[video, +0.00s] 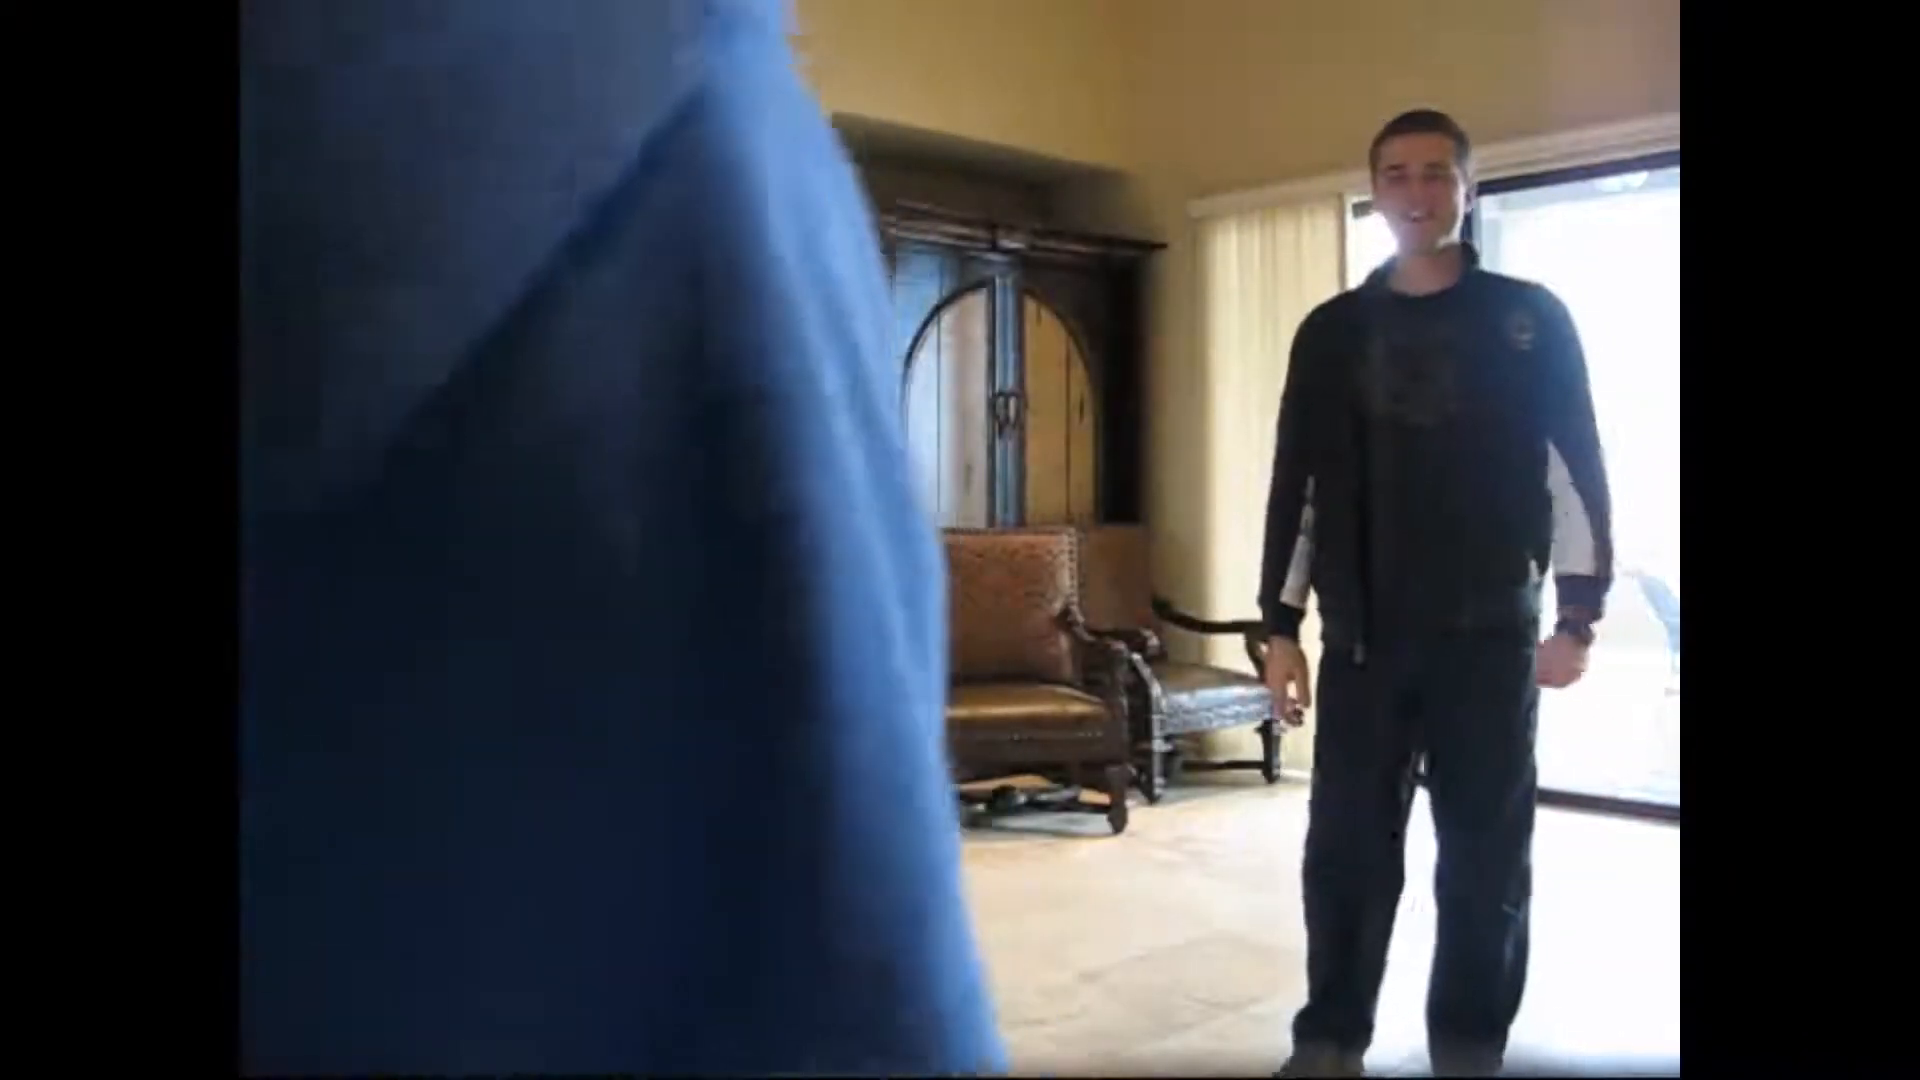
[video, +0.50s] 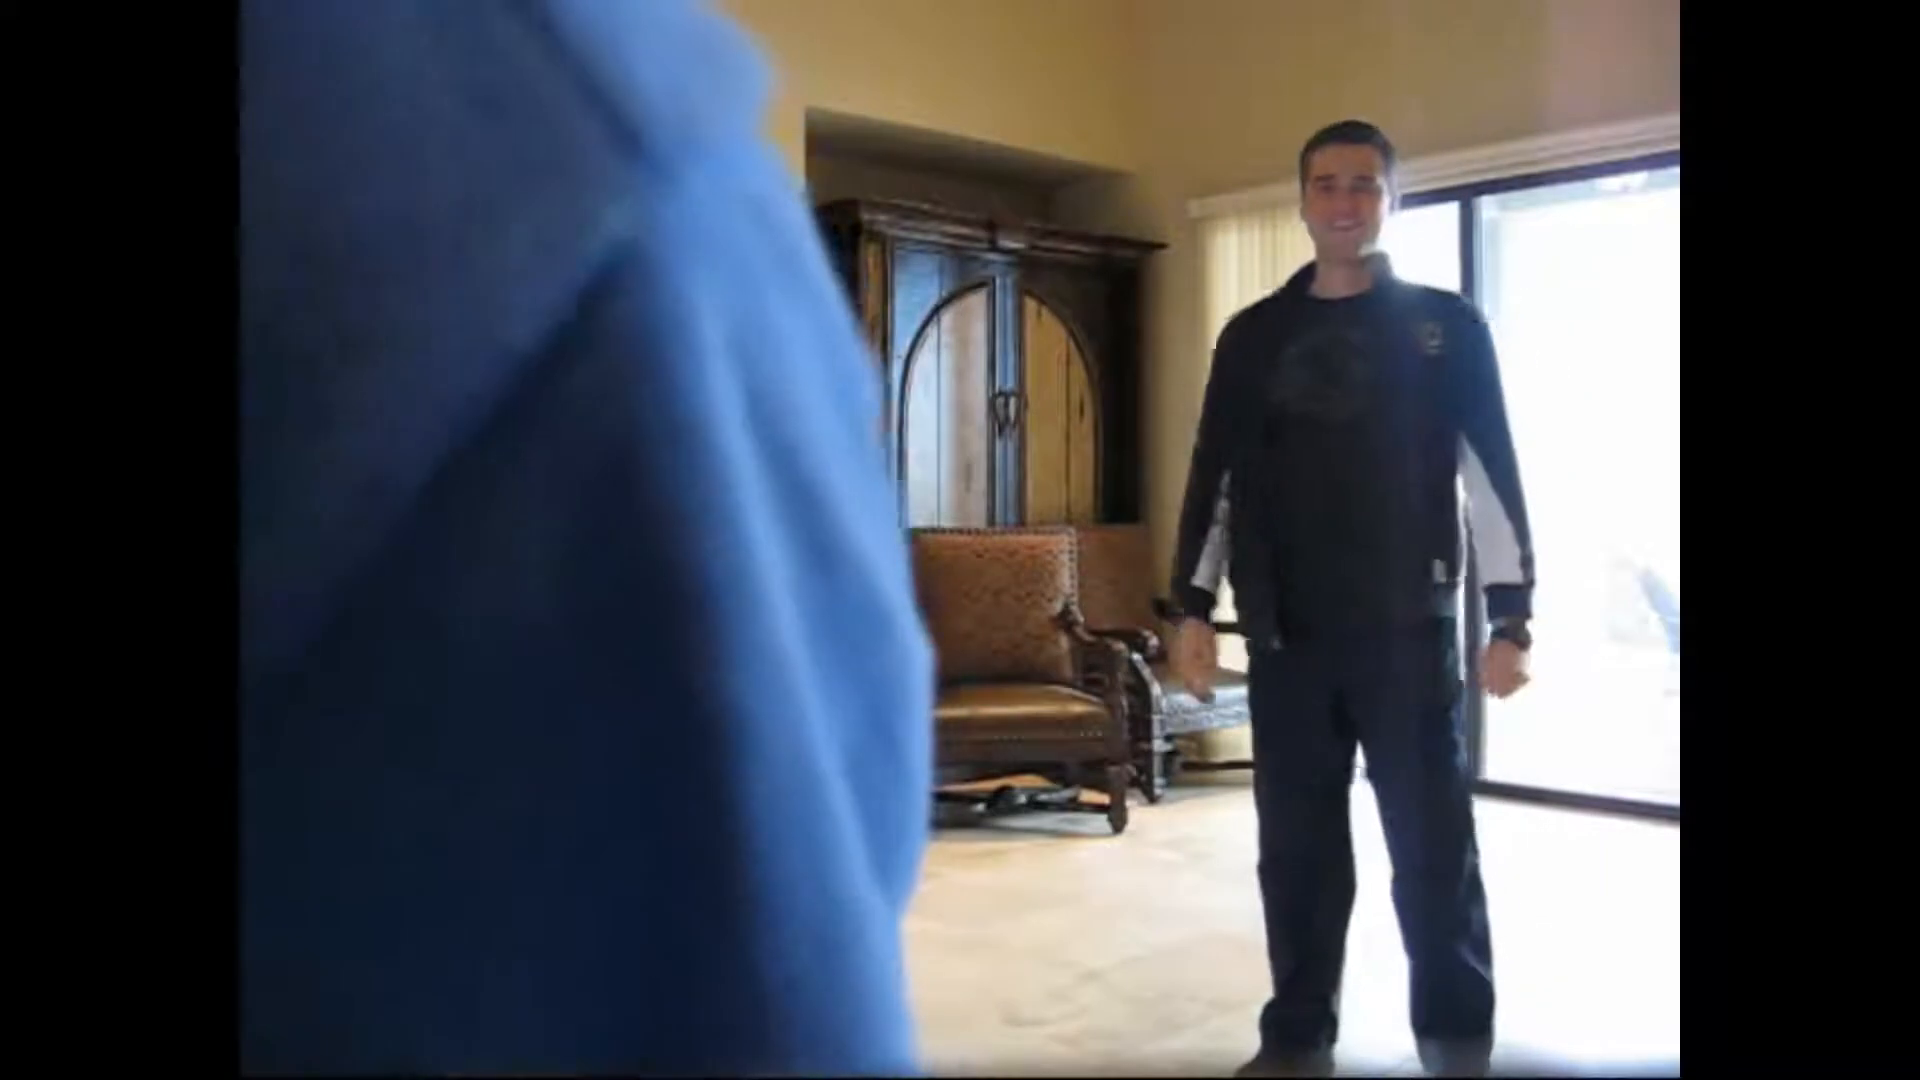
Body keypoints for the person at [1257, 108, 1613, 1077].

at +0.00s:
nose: (1418, 190)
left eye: (1436, 173)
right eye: (1398, 174)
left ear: (1468, 188)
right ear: (1374, 193)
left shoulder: (1529, 315)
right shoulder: (1330, 329)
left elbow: (1583, 475)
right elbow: (1291, 483)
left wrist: (1576, 619)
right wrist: (1277, 622)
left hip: (1489, 638)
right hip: (1363, 639)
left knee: (1486, 867)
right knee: (1344, 856)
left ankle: (1468, 1055)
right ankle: (1328, 1045)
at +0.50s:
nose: (1343, 201)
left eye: (1362, 184)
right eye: (1326, 184)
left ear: (1390, 198)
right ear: (1301, 200)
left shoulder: (1445, 324)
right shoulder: (1250, 335)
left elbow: (1494, 477)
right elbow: (1210, 478)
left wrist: (1510, 619)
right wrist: (1187, 604)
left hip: (1411, 633)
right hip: (1287, 637)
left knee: (1434, 853)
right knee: (1295, 853)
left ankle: (1457, 1049)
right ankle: (1295, 1040)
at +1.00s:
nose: (1319, 204)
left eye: (1337, 188)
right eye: (1301, 188)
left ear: (1366, 203)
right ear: (1276, 204)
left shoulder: (1420, 326)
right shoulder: (1226, 338)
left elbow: (1464, 477)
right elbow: (1185, 486)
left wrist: (1467, 616)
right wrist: (1155, 619)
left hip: (1392, 634)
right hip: (1276, 636)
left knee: (1414, 861)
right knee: (1287, 856)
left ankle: (1439, 1055)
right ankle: (1295, 1041)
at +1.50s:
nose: (1341, 198)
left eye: (1360, 181)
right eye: (1323, 182)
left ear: (1391, 197)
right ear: (1299, 200)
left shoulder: (1453, 324)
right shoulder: (1254, 335)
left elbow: (1508, 477)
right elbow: (1216, 487)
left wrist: (1515, 613)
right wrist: (1215, 618)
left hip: (1421, 631)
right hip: (1291, 636)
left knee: (1427, 856)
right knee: (1290, 851)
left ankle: (1440, 1052)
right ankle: (1292, 1035)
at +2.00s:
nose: (1252, 204)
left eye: (1270, 185)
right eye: (1235, 188)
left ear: (1302, 198)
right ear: (1215, 205)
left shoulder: (1359, 323)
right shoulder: (1171, 342)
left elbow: (1399, 477)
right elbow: (1114, 479)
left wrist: (1371, 610)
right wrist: (1042, 593)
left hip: (1328, 633)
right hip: (1205, 640)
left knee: (1382, 864)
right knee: (1206, 864)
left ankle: (1432, 1056)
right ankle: (1208, 1054)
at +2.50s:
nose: (1153, 209)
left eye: (1171, 189)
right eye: (1142, 195)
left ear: (1226, 194)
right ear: (1137, 209)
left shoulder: (1308, 311)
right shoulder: (1115, 337)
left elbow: (1370, 459)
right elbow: (993, 405)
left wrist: (1402, 598)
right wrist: (866, 429)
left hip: (1303, 627)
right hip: (1185, 633)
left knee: (1337, 851)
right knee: (1196, 862)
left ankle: (1374, 1050)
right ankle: (1206, 1055)